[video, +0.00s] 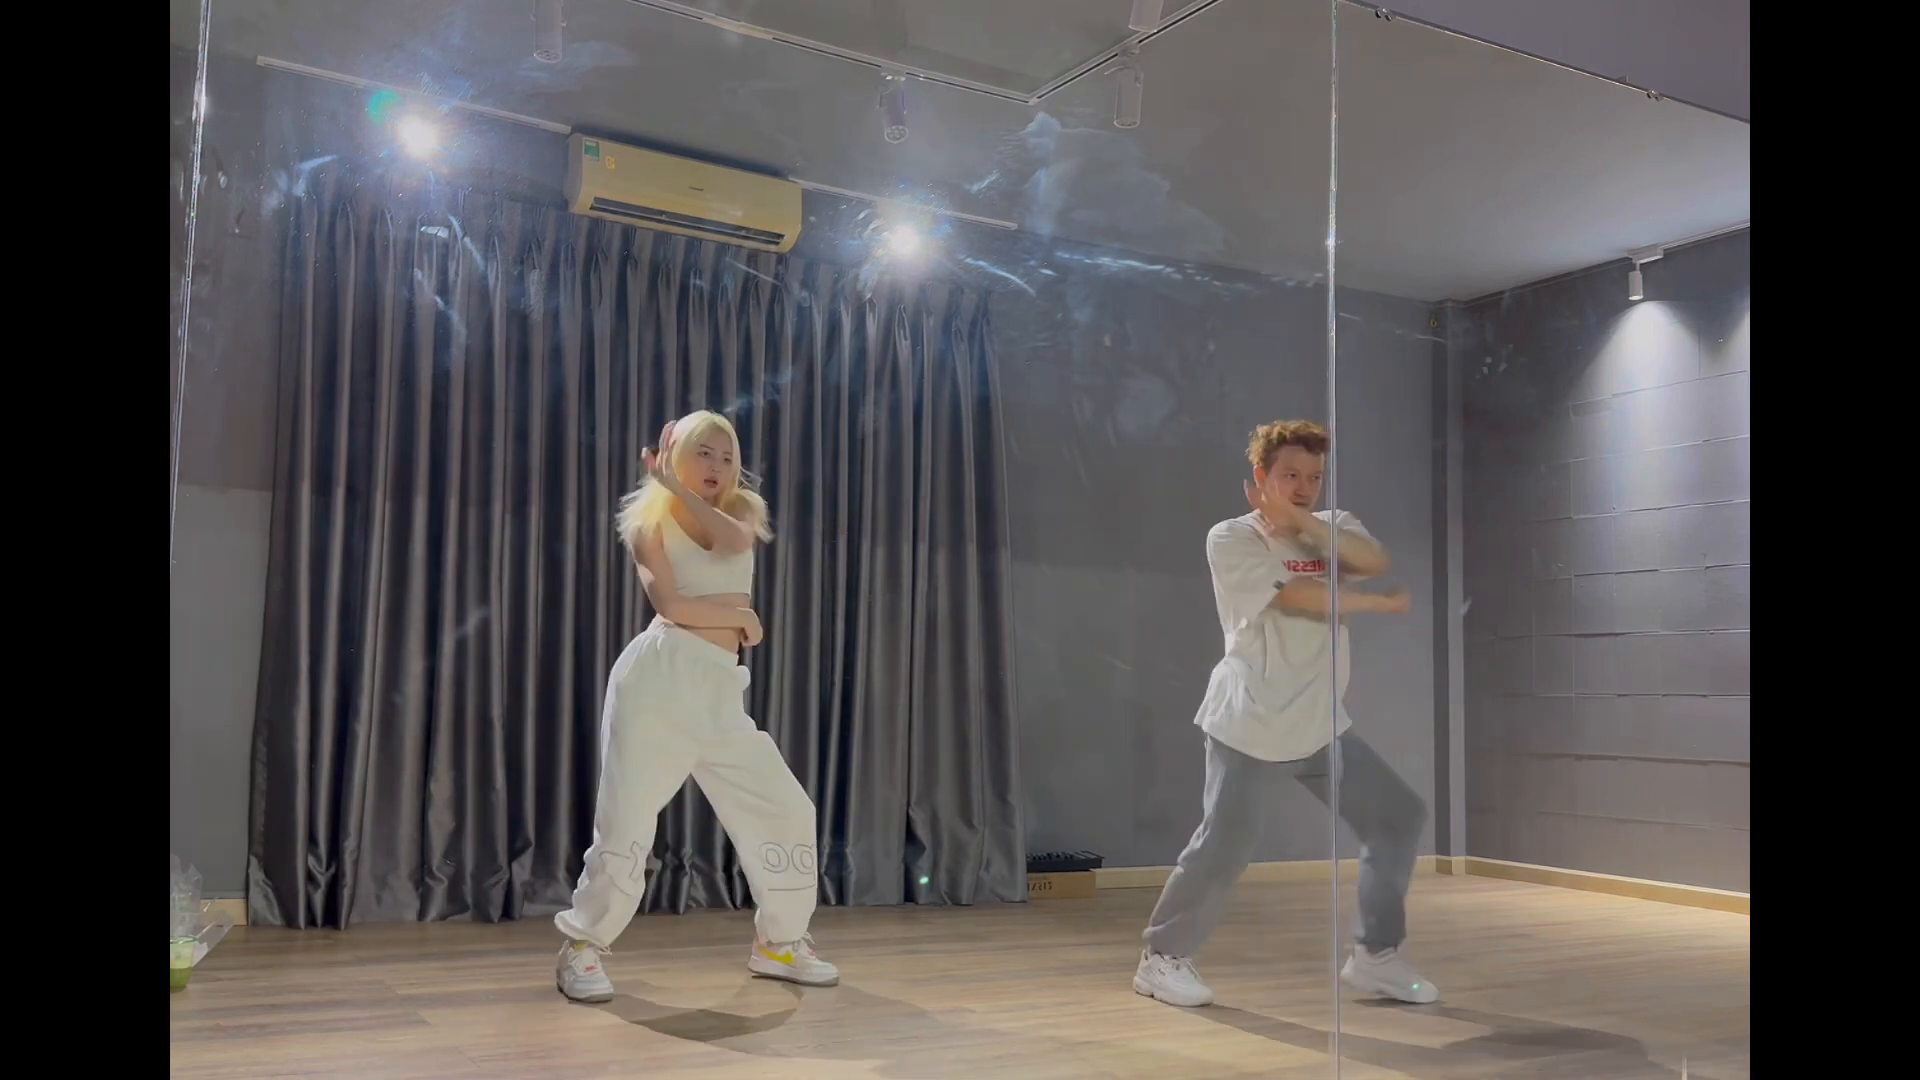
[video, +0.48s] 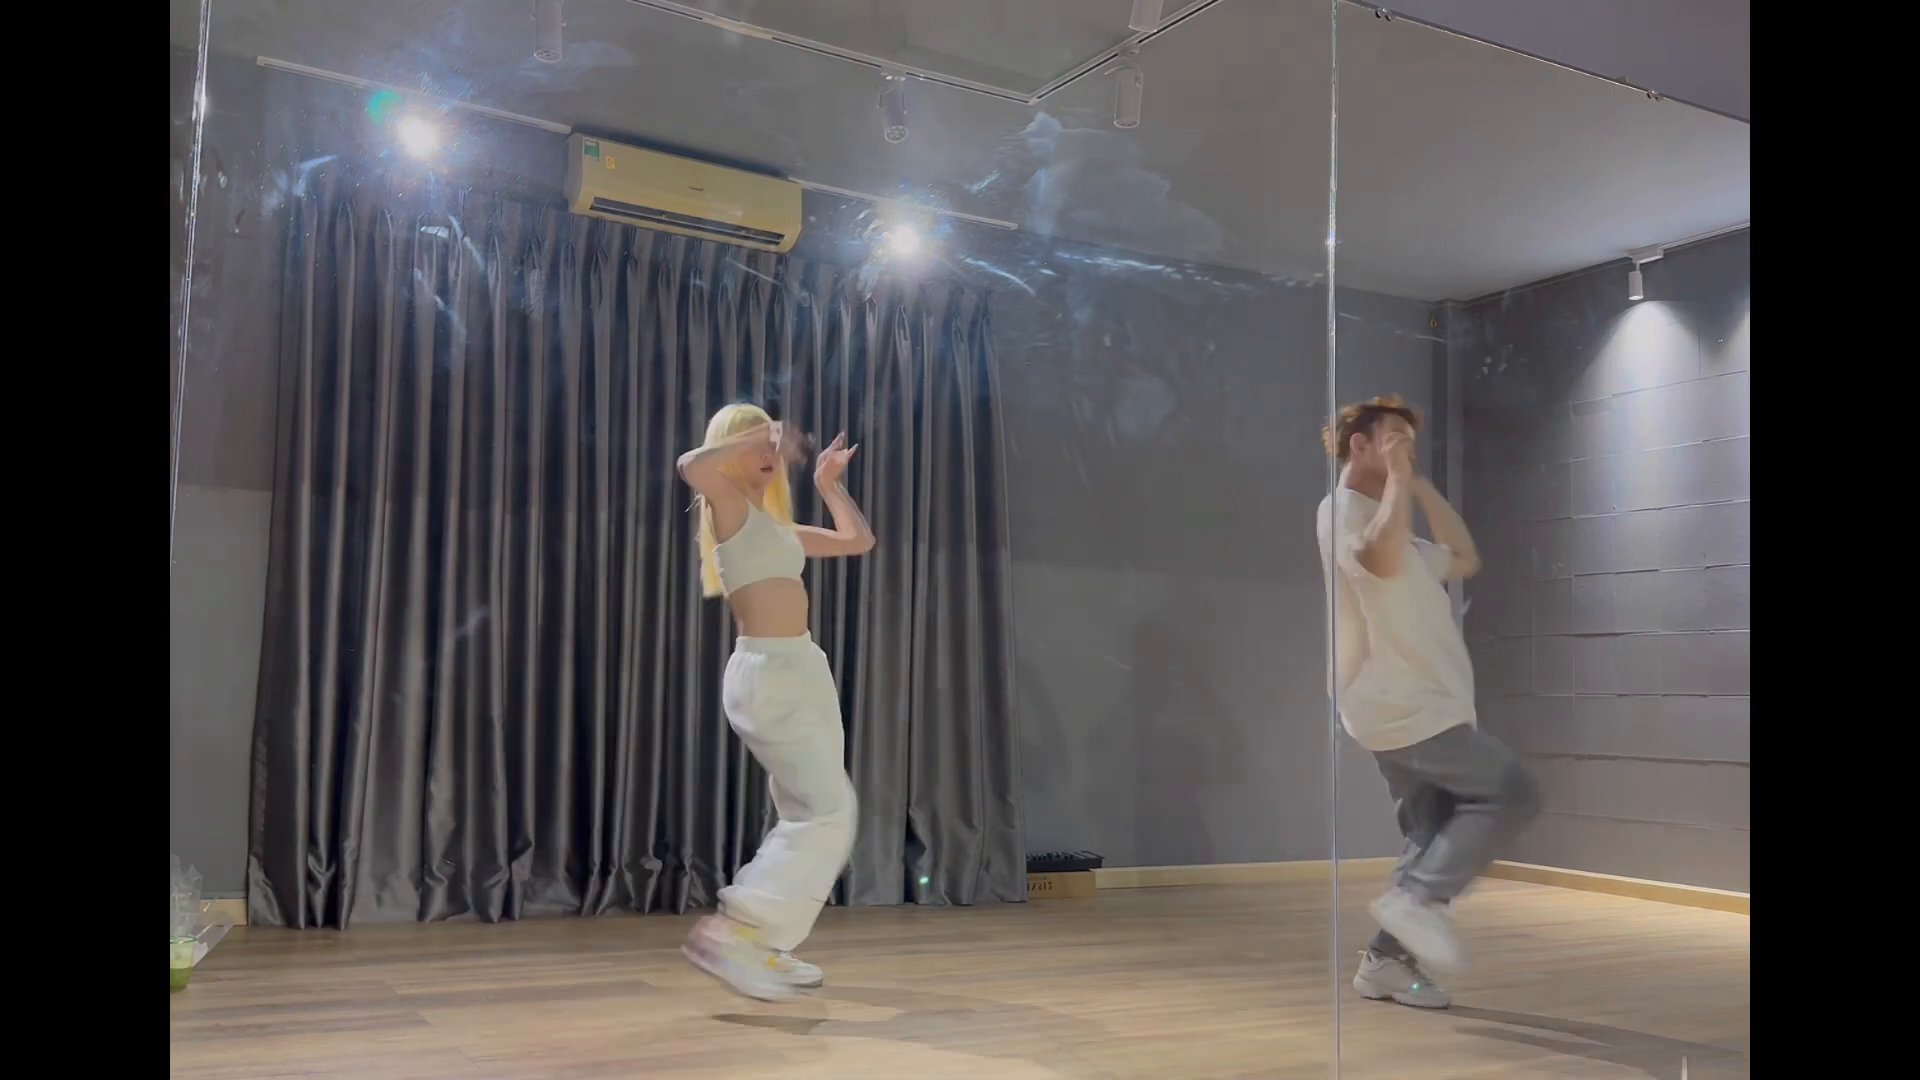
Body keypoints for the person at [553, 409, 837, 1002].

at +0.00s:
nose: (716, 465)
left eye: (727, 458)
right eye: (702, 453)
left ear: (738, 471)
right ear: (669, 461)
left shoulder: (745, 510)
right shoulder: (651, 514)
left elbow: (726, 539)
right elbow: (668, 605)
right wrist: (739, 616)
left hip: (721, 692)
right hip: (657, 681)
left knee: (789, 812)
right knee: (627, 824)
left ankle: (780, 942)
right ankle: (583, 950)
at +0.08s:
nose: (720, 467)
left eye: (729, 459)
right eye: (707, 454)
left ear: (738, 471)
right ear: (673, 464)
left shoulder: (737, 509)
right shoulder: (650, 522)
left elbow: (782, 533)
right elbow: (667, 606)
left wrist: (703, 501)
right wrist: (740, 615)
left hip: (734, 693)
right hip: (666, 685)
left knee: (801, 819)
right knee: (628, 826)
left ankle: (771, 940)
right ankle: (589, 950)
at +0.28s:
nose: (743, 468)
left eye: (751, 459)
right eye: (731, 457)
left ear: (756, 471)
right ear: (702, 463)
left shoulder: (754, 530)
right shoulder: (684, 508)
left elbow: (826, 530)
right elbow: (682, 583)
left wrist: (777, 502)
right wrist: (758, 602)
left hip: (785, 687)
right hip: (721, 692)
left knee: (814, 830)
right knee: (675, 841)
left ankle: (758, 948)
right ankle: (597, 947)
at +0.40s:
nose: (761, 461)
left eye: (766, 453)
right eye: (747, 451)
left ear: (772, 466)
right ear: (715, 465)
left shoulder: (766, 534)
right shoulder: (714, 516)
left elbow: (834, 548)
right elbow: (678, 500)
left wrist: (813, 505)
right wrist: (723, 501)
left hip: (807, 679)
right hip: (756, 686)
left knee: (822, 827)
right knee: (772, 829)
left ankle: (759, 945)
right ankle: (651, 915)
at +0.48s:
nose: (766, 453)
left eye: (770, 445)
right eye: (752, 445)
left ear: (774, 458)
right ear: (725, 457)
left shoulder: (775, 528)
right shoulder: (733, 507)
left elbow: (857, 539)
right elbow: (694, 467)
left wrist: (830, 485)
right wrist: (754, 441)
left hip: (785, 674)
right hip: (775, 675)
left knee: (805, 815)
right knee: (832, 813)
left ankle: (759, 944)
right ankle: (731, 933)